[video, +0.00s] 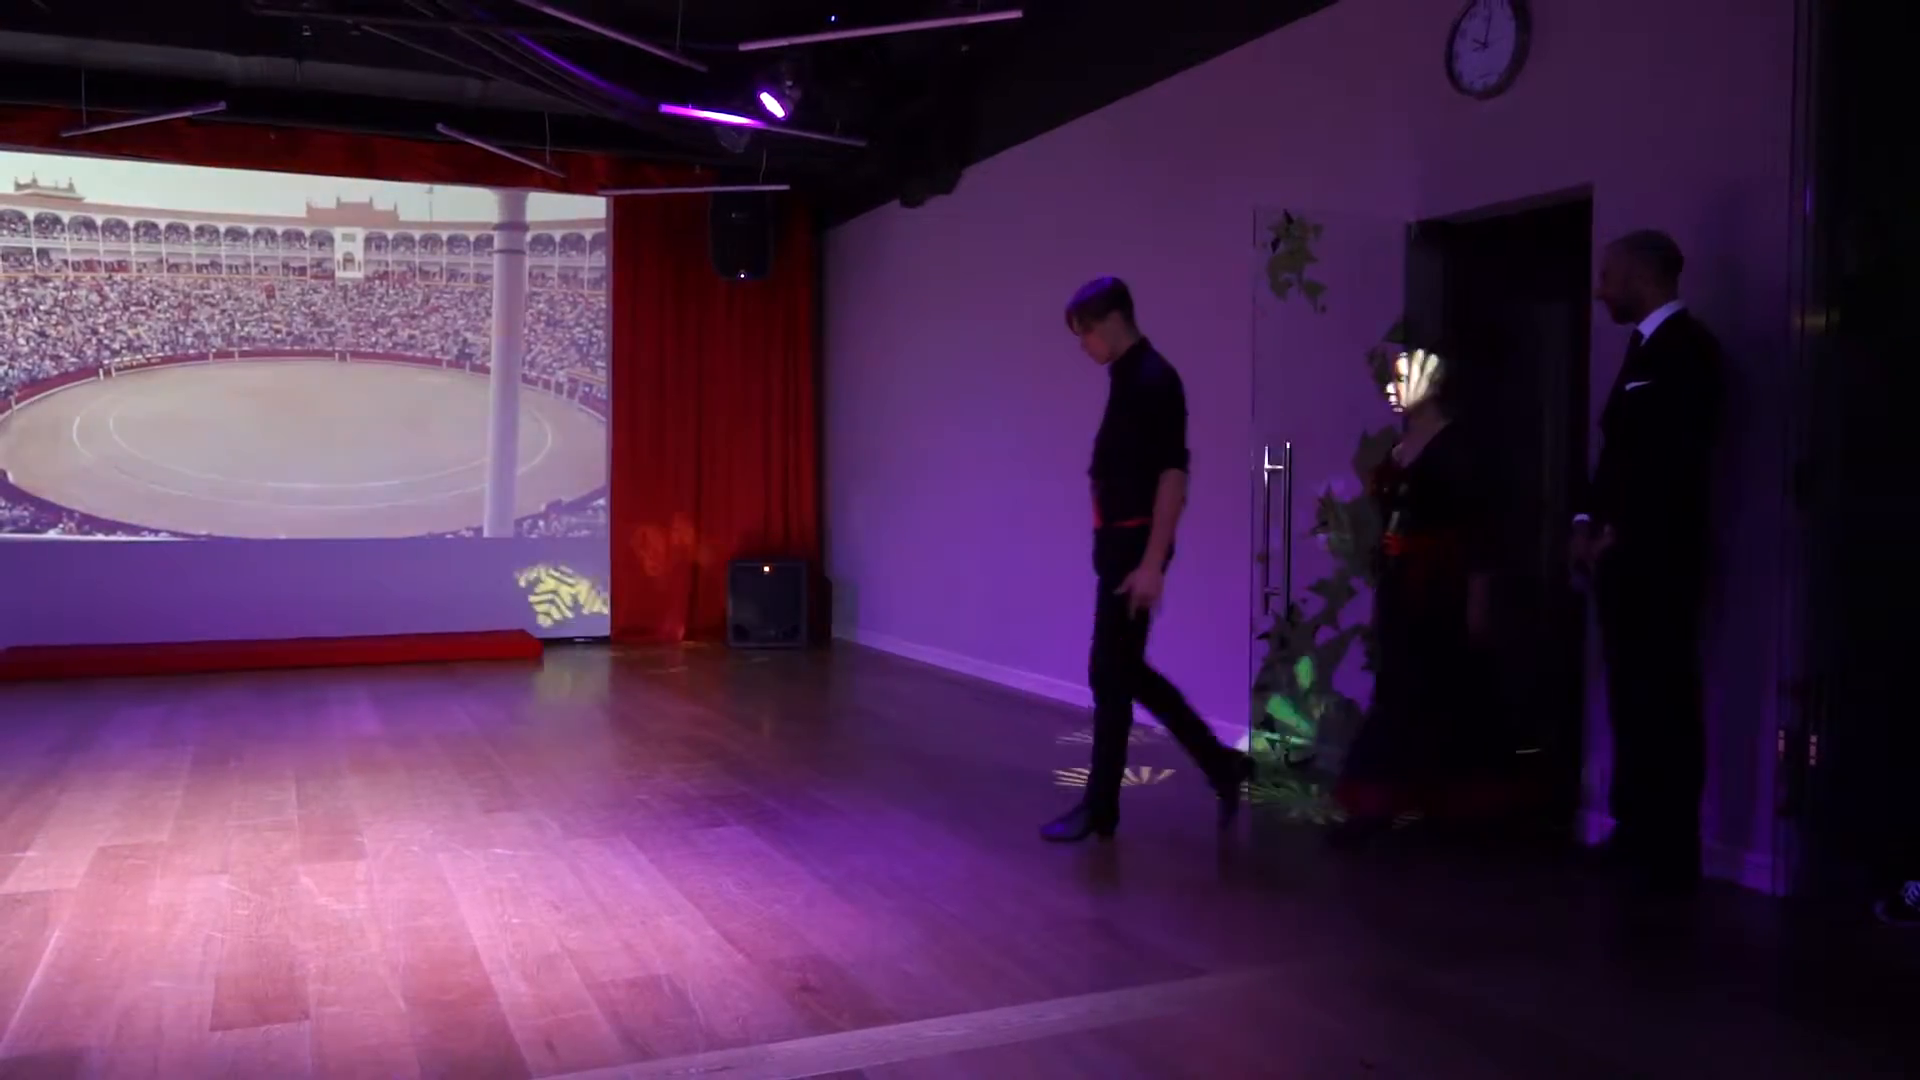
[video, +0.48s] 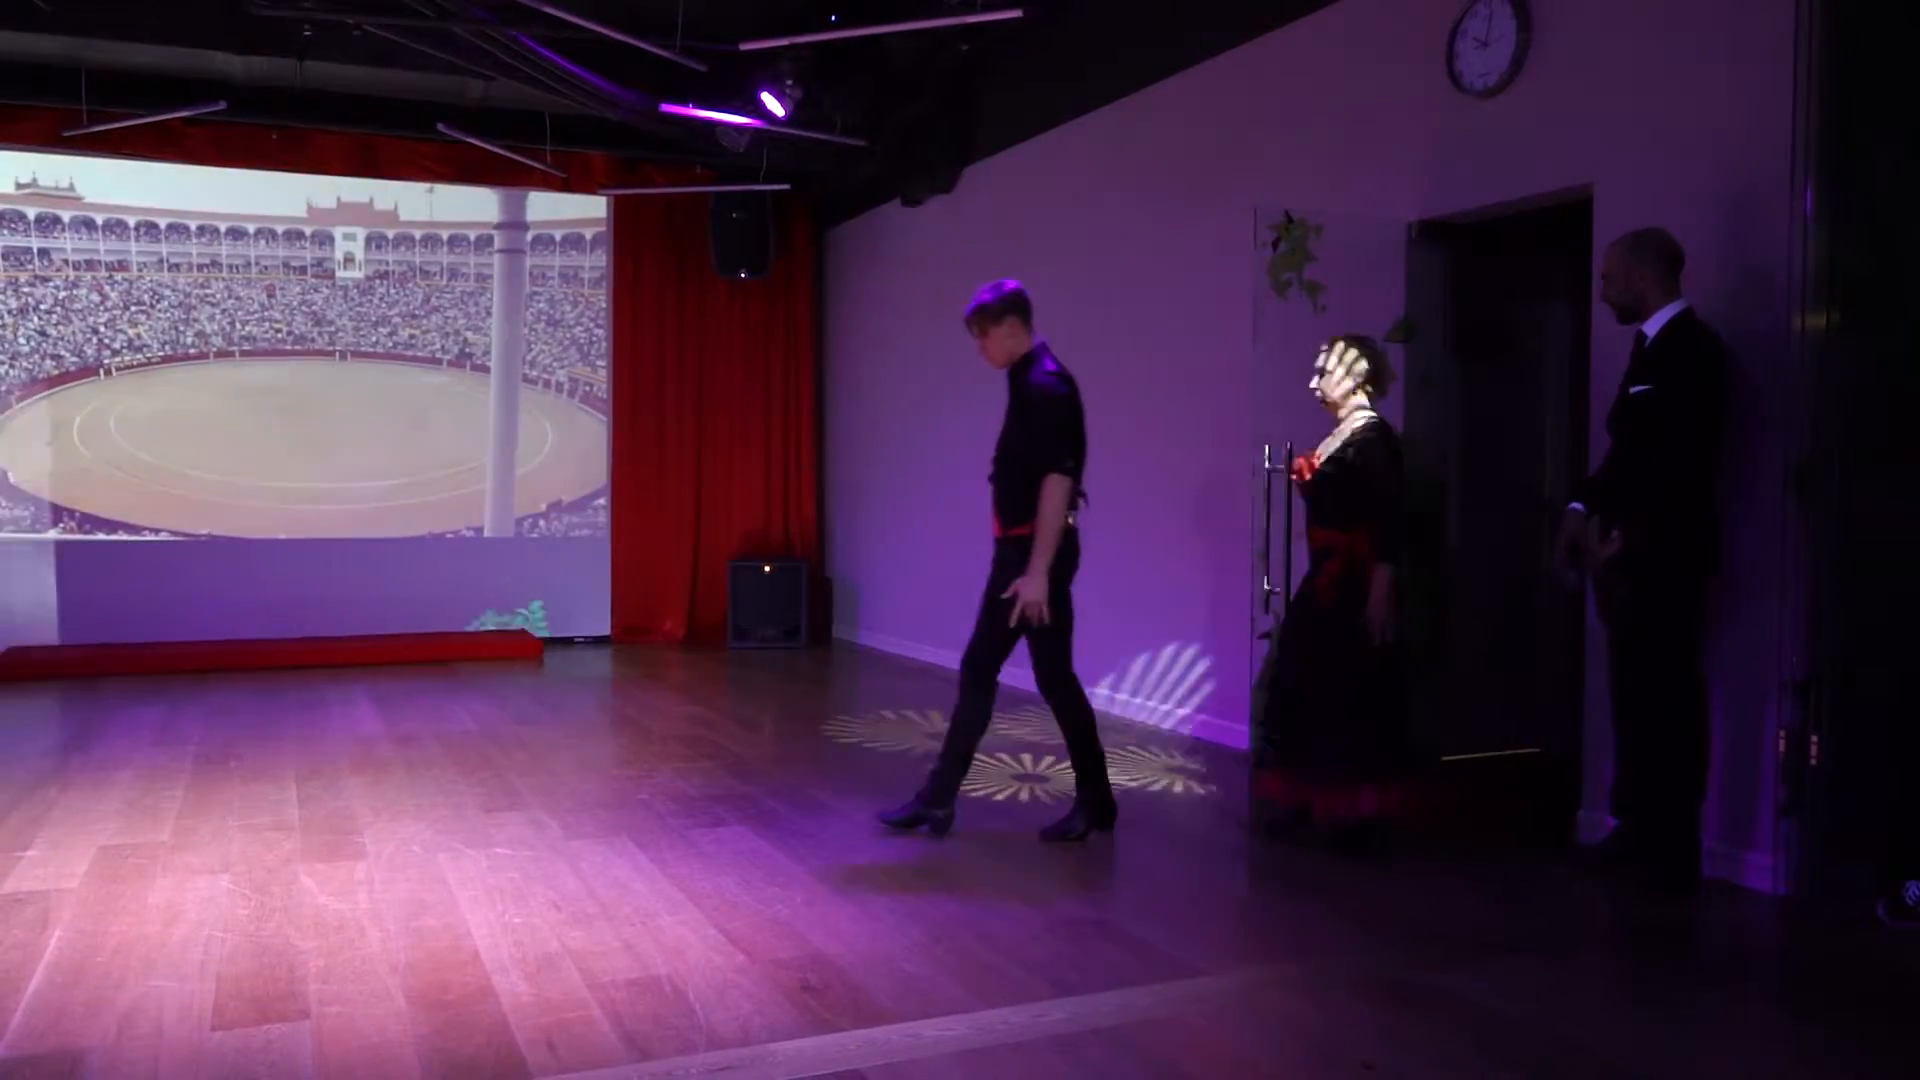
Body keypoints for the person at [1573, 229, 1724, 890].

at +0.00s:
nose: (1604, 288)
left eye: (1613, 274)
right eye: (1605, 274)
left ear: (1646, 277)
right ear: (1653, 276)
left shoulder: (1683, 351)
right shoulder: (1646, 349)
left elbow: (1661, 464)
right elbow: (1614, 452)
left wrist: (1617, 530)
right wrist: (1587, 516)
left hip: (1664, 558)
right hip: (1634, 556)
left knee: (1660, 703)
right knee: (1638, 702)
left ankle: (1664, 851)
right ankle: (1639, 842)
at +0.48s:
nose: (1604, 288)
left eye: (1611, 276)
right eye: (1605, 276)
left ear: (1643, 278)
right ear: (1653, 276)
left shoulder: (1685, 351)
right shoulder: (1651, 348)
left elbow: (1662, 463)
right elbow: (1624, 451)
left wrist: (1619, 526)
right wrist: (1587, 510)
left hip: (1671, 554)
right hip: (1642, 551)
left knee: (1663, 697)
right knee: (1641, 696)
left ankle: (1665, 847)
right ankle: (1639, 838)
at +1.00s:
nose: (1587, 289)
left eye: (1595, 277)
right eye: (1588, 277)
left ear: (1626, 281)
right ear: (1632, 281)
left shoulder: (1667, 354)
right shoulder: (1626, 351)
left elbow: (1646, 467)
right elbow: (1600, 451)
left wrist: (1589, 521)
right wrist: (1562, 501)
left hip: (1646, 559)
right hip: (1609, 557)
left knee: (1663, 707)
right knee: (1572, 700)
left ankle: (1679, 857)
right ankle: (1549, 838)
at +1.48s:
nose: (1483, 304)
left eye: (1490, 292)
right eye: (1484, 292)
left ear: (1520, 292)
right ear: (1526, 293)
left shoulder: (1562, 356)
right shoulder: (1537, 356)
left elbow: (1560, 466)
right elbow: (1545, 464)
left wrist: (1525, 539)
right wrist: (1518, 535)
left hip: (1567, 547)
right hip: (1553, 545)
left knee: (1598, 690)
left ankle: (1656, 842)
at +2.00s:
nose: (1433, 301)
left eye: (1440, 289)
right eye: (1432, 291)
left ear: (1474, 288)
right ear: (1459, 293)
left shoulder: (1529, 350)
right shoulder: (1473, 361)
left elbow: (1549, 452)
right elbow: (1415, 431)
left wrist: (1536, 535)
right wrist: (1331, 450)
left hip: (1533, 555)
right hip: (1490, 548)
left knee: (1533, 688)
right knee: (1496, 684)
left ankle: (1536, 833)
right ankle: (1499, 820)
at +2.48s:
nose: (1433, 305)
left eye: (1439, 290)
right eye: (1433, 292)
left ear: (1464, 288)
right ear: (1468, 286)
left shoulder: (1511, 351)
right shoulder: (1479, 352)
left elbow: (1513, 455)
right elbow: (1459, 451)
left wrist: (1511, 539)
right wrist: (1369, 456)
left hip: (1518, 558)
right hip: (1493, 555)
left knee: (1510, 695)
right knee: (1494, 693)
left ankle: (1521, 835)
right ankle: (1499, 828)